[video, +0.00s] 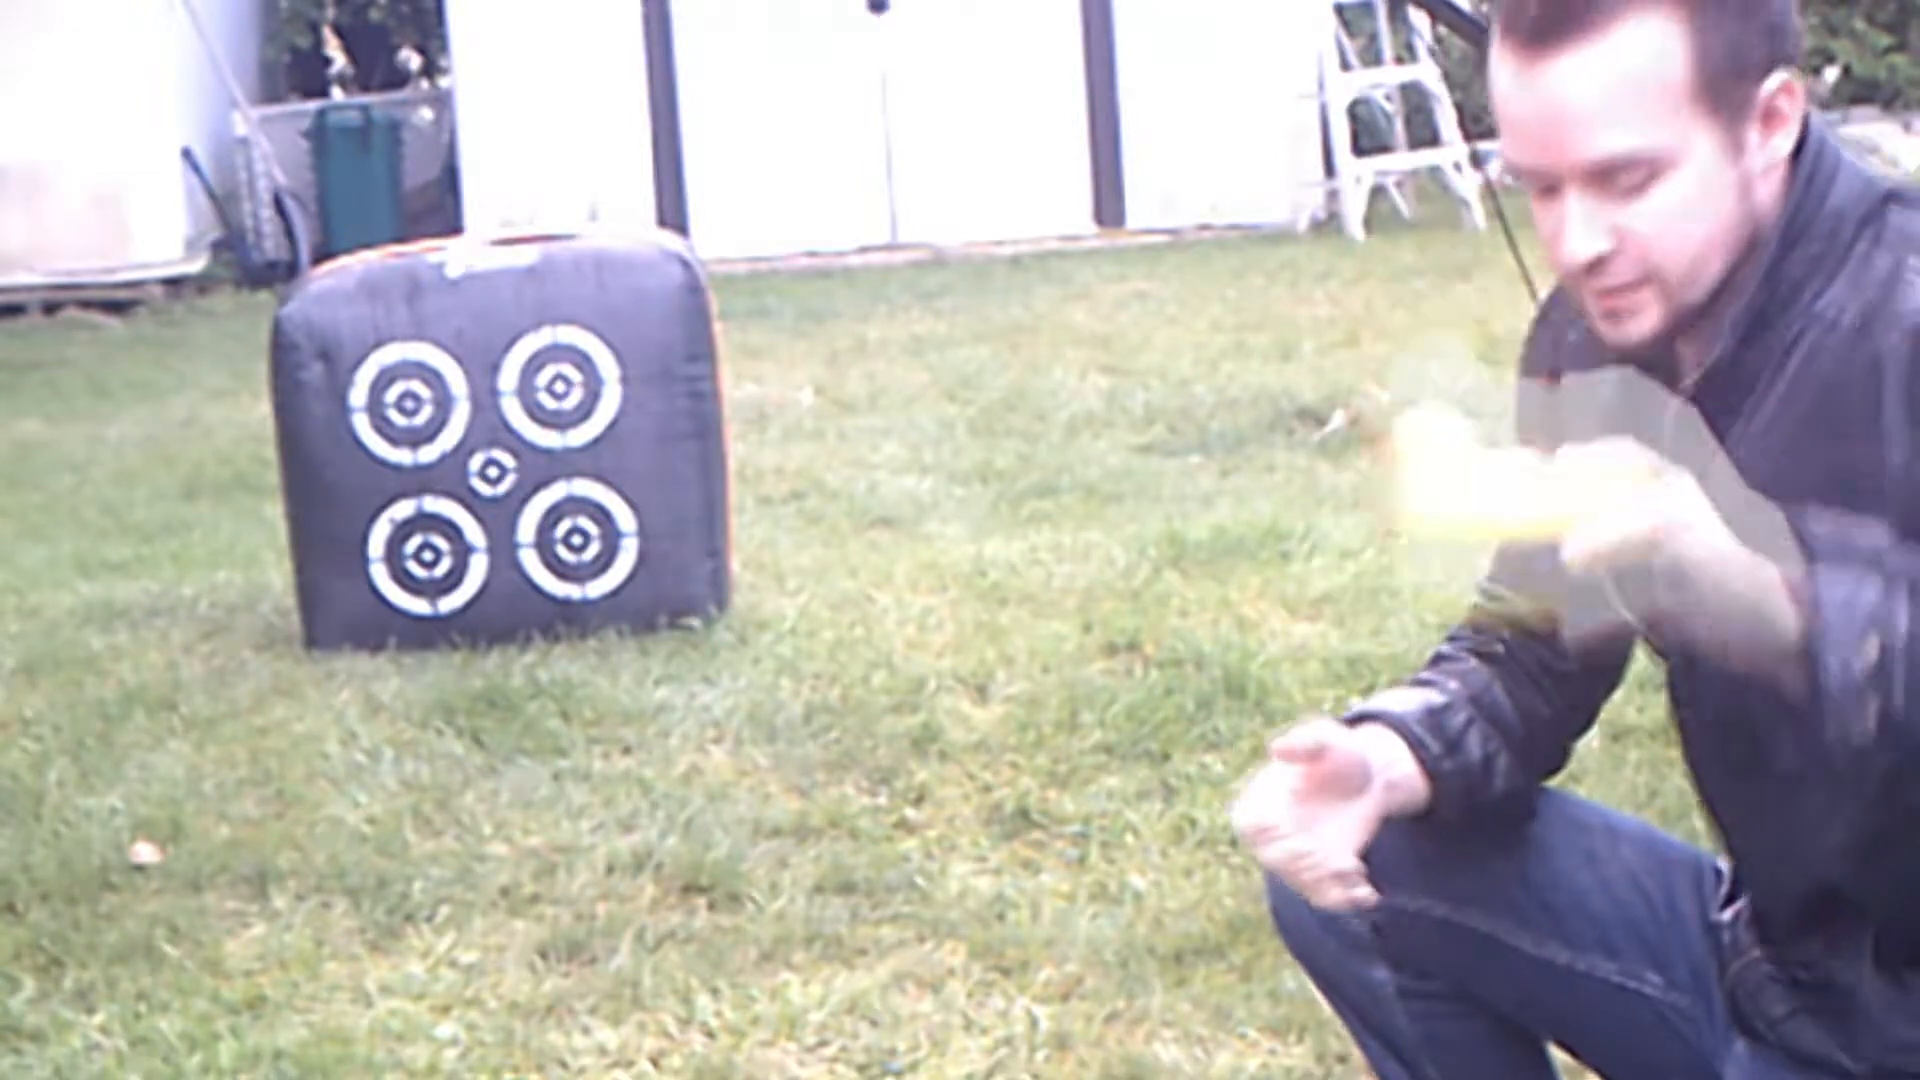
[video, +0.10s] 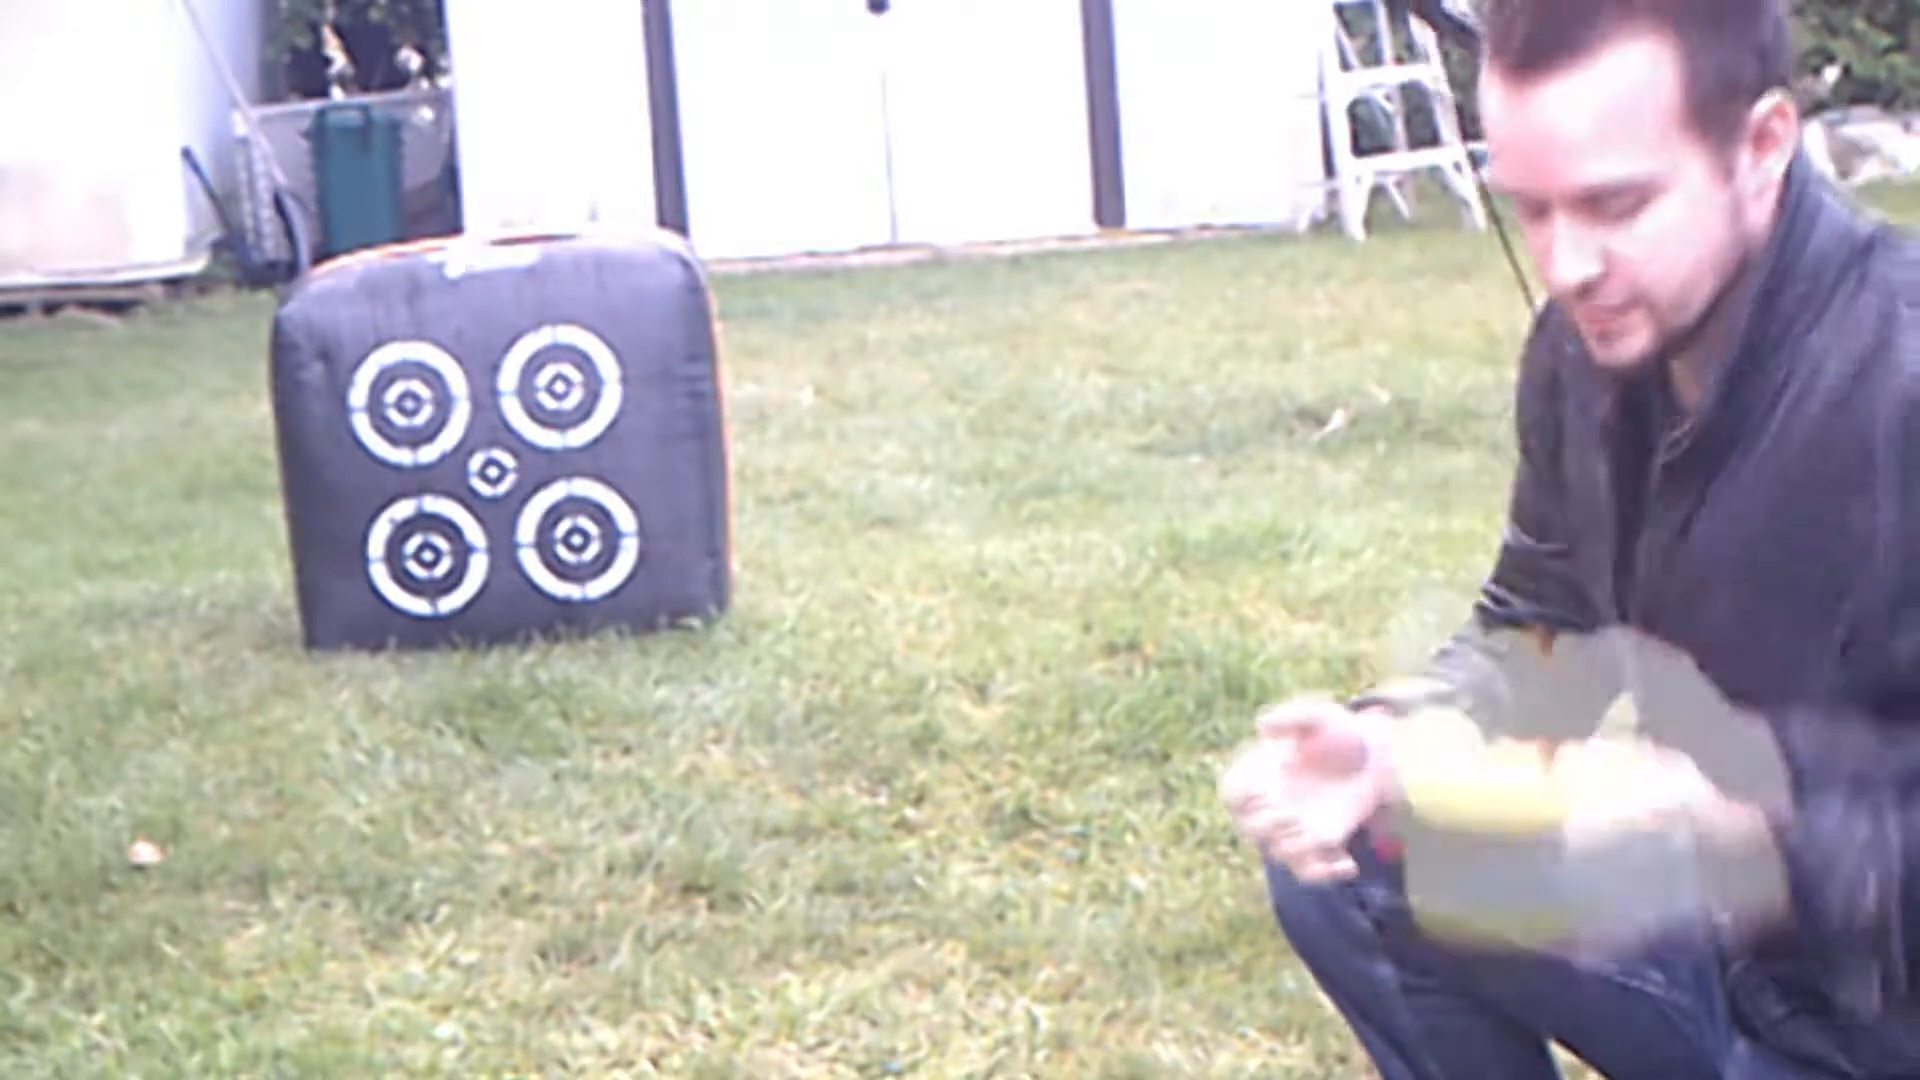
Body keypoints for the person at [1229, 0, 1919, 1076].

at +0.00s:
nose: (1576, 245)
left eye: (1627, 180)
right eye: (1536, 189)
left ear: (1772, 127)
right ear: (1508, 160)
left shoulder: (1901, 319)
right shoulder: (1583, 338)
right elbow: (1537, 643)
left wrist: (1740, 598)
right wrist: (1395, 752)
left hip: (1887, 1040)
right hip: (1757, 943)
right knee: (1350, 864)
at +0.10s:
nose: (1568, 269)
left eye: (1618, 204)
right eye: (1530, 210)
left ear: (1765, 148)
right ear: (1500, 182)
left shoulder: (1895, 371)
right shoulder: (1575, 350)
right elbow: (1536, 623)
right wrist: (1388, 747)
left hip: (1866, 1031)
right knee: (1338, 869)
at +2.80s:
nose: (1639, 223)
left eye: (1696, 156)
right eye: (1602, 165)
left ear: (1840, 120)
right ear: (1573, 143)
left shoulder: (1899, 383)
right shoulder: (1629, 342)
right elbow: (1559, 625)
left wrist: (1695, 836)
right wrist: (1438, 768)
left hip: (1876, 1030)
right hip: (1740, 943)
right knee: (1333, 842)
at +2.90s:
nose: (1618, 250)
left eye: (1672, 187)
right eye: (1585, 190)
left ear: (1826, 142)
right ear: (1560, 160)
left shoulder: (1899, 401)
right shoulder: (1626, 345)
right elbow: (1550, 619)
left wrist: (1718, 920)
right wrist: (1453, 805)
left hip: (1885, 1032)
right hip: (1758, 965)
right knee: (1335, 818)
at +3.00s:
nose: (1606, 271)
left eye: (1660, 211)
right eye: (1577, 211)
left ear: (1818, 162)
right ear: (1553, 173)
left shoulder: (1899, 419)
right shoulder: (1625, 348)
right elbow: (1548, 616)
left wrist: (1722, 940)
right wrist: (1459, 824)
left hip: (1879, 1028)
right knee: (1339, 816)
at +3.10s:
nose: (1607, 284)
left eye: (1658, 228)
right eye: (1578, 224)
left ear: (1817, 178)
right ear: (1552, 187)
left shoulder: (1900, 424)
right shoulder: (1622, 349)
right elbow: (1549, 620)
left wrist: (1731, 963)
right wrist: (1456, 812)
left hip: (1875, 1011)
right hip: (1716, 909)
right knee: (1338, 814)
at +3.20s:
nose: (1608, 287)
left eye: (1660, 233)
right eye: (1578, 228)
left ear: (1818, 182)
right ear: (1553, 191)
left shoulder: (1900, 423)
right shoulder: (1621, 348)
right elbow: (1551, 618)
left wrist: (1740, 985)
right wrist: (1460, 808)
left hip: (1879, 1000)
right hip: (1719, 912)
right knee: (1334, 820)